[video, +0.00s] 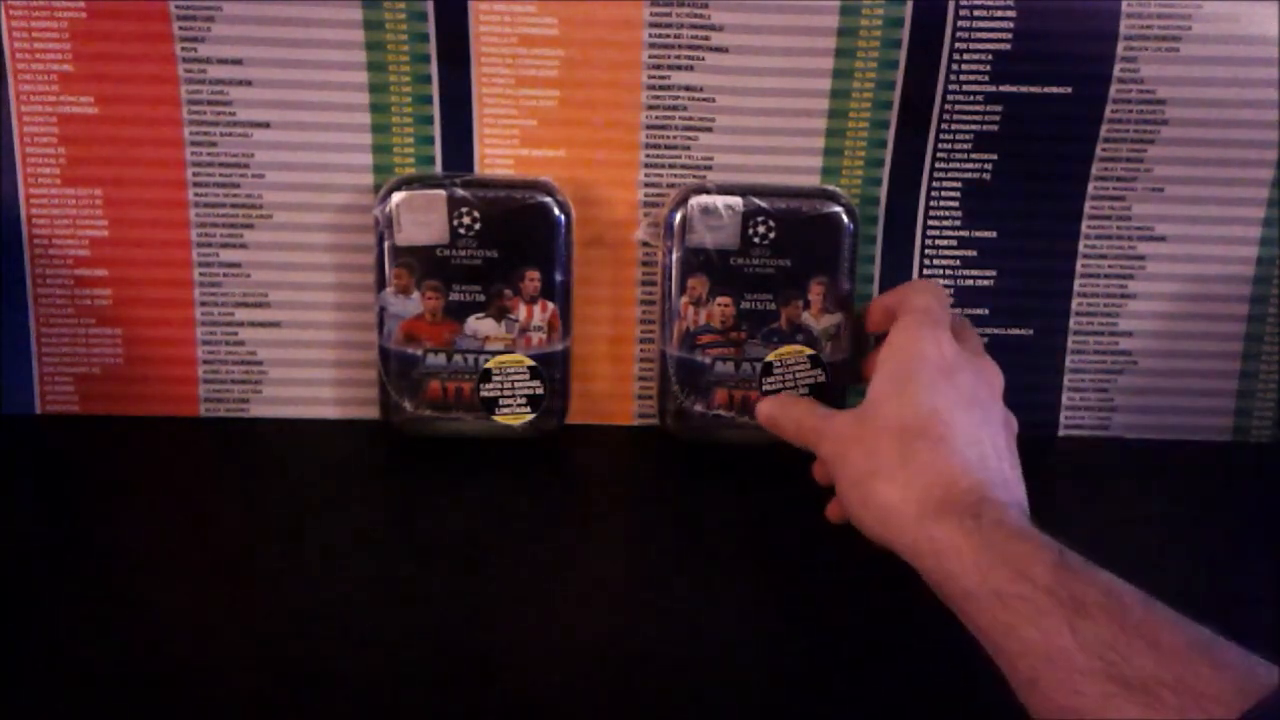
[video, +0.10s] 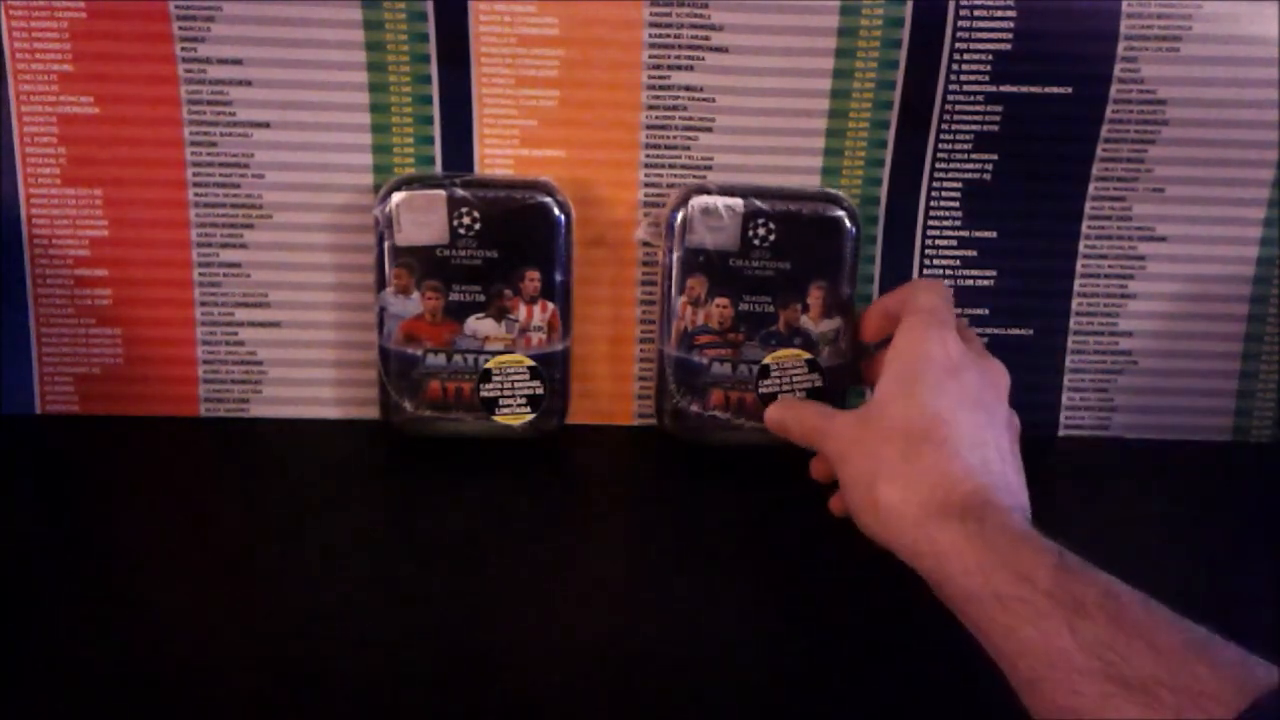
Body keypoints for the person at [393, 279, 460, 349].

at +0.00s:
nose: (433, 303)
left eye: (437, 299)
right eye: (429, 298)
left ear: (444, 301)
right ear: (422, 301)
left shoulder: (454, 328)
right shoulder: (408, 326)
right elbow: (396, 347)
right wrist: (420, 347)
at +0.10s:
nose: (433, 303)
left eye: (437, 299)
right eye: (429, 299)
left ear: (444, 302)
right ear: (422, 301)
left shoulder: (454, 328)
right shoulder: (408, 326)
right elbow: (395, 348)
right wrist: (421, 347)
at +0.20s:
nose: (433, 303)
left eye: (437, 299)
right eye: (429, 299)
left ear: (444, 302)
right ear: (422, 301)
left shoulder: (454, 328)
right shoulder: (408, 326)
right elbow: (396, 348)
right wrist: (421, 347)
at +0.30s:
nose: (433, 303)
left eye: (437, 299)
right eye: (429, 299)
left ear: (444, 302)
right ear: (422, 301)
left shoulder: (454, 328)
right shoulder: (408, 326)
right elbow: (396, 348)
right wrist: (421, 346)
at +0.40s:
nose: (433, 303)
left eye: (437, 299)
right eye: (429, 299)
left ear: (444, 302)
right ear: (422, 301)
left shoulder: (454, 328)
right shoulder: (408, 326)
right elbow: (396, 348)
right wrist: (421, 347)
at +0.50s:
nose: (433, 303)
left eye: (437, 299)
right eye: (429, 299)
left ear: (443, 302)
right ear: (422, 301)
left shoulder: (454, 328)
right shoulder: (408, 326)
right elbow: (396, 348)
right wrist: (421, 346)